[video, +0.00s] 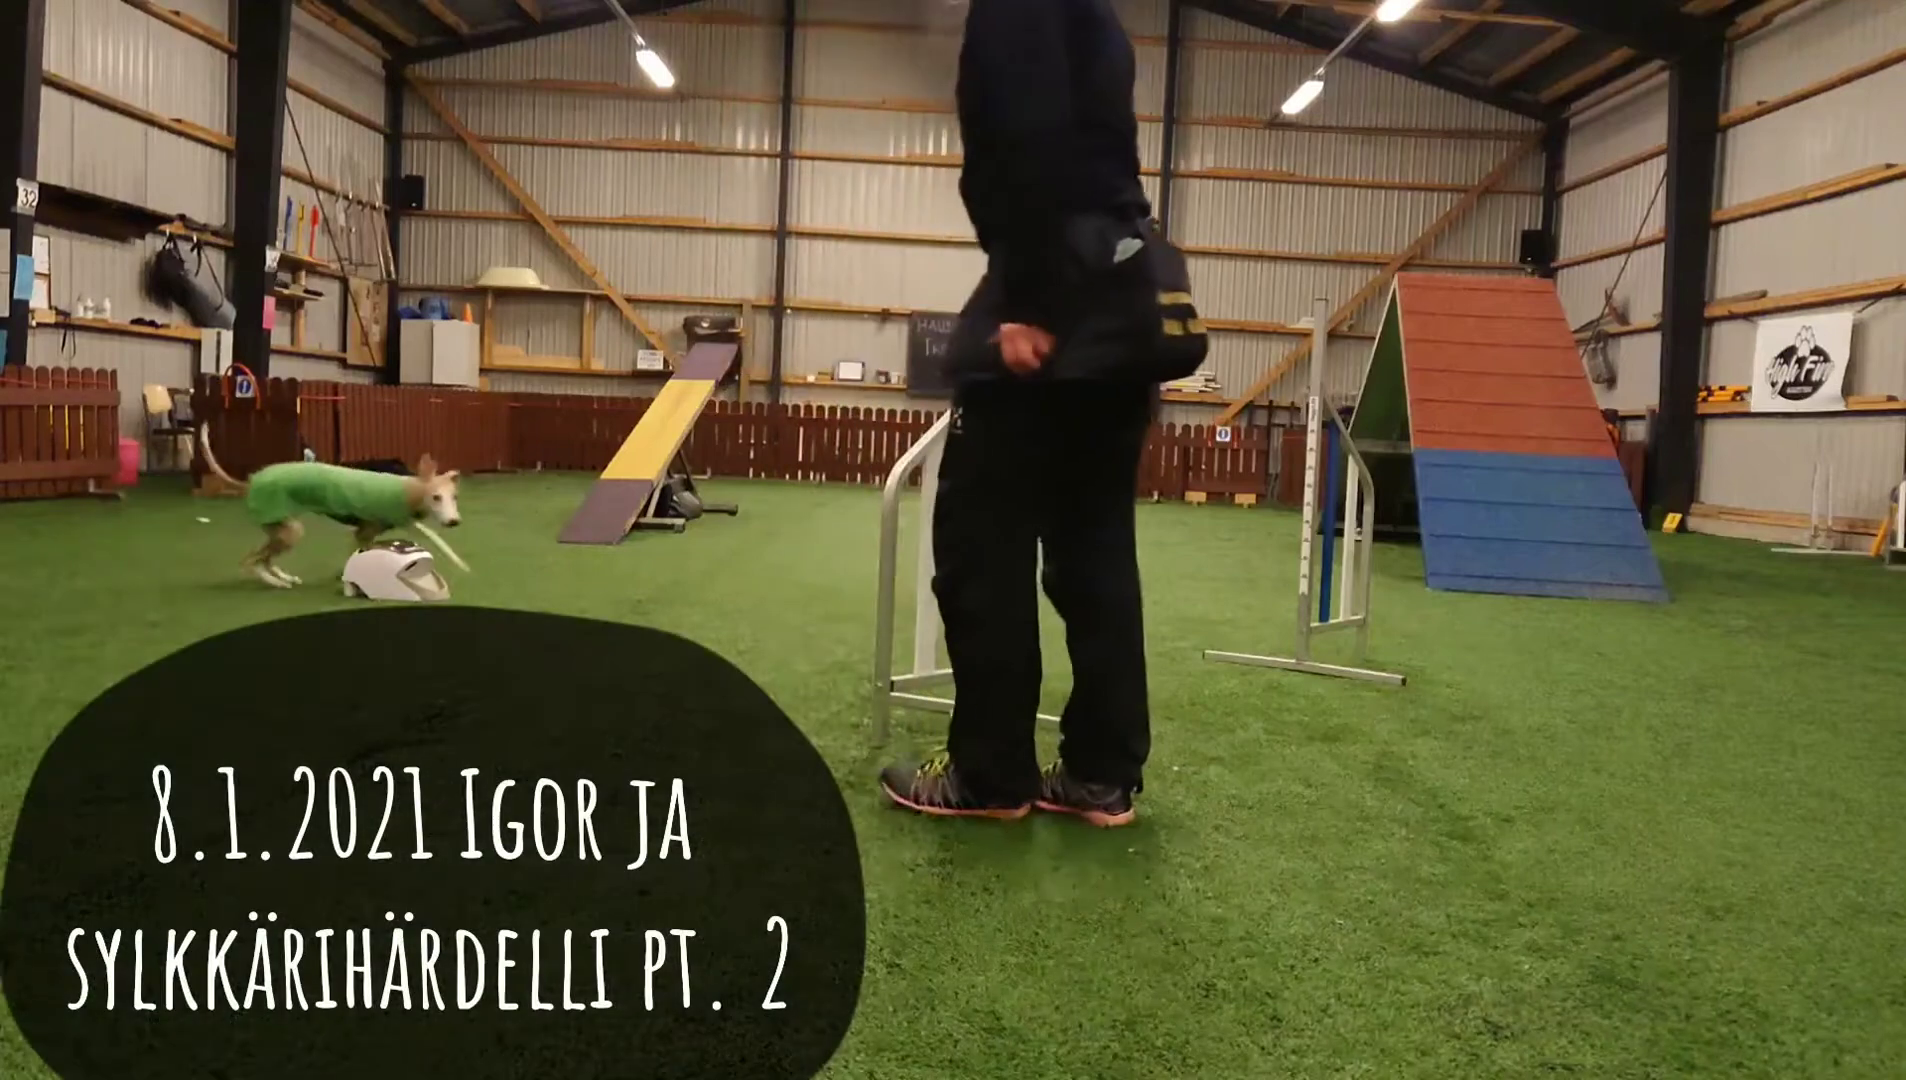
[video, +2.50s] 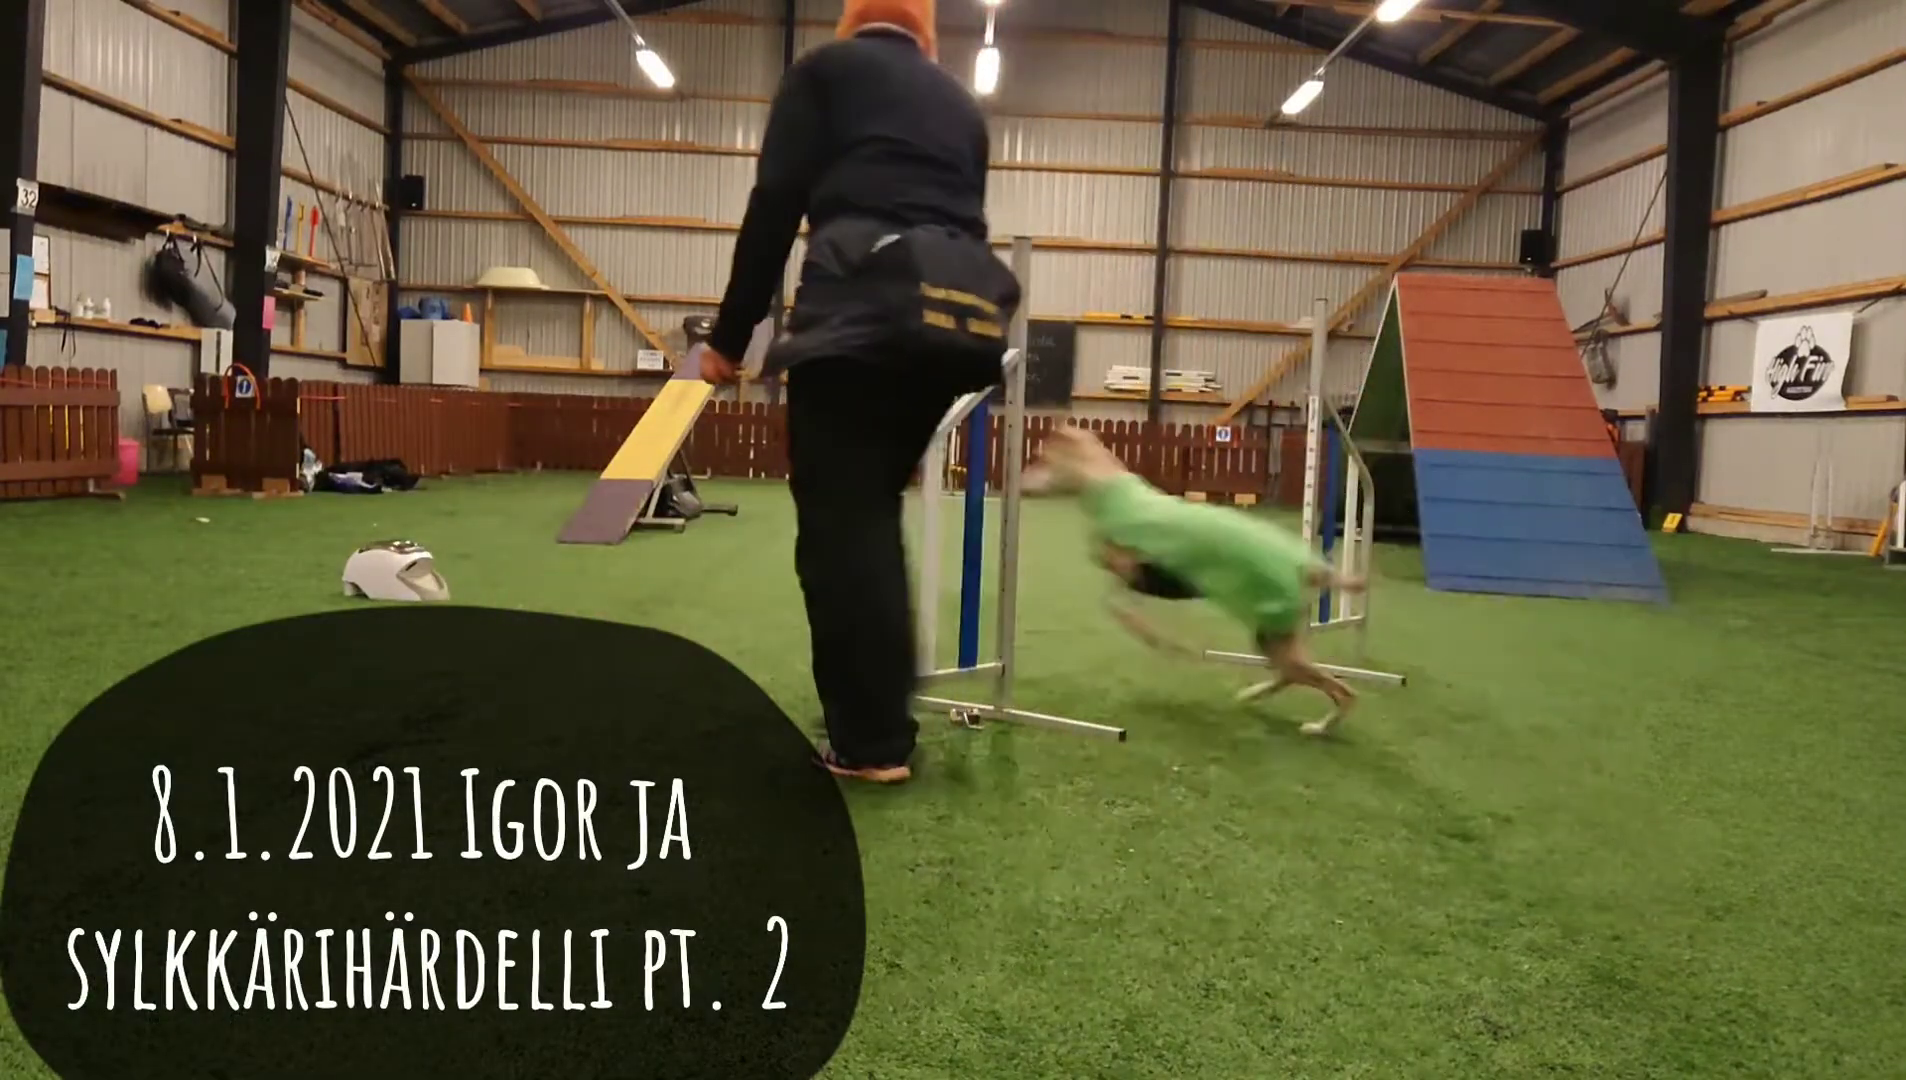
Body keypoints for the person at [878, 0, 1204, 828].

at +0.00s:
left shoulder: (1008, 13)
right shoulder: (1100, 27)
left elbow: (1025, 145)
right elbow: (1101, 164)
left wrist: (1024, 305)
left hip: (1034, 334)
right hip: (1118, 331)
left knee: (978, 552)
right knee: (1096, 553)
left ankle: (990, 774)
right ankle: (1104, 775)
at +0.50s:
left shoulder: (1013, 13)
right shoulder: (1120, 20)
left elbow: (1018, 139)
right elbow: (1121, 150)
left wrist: (1001, 305)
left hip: (1064, 325)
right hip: (1124, 319)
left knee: (1038, 576)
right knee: (1077, 560)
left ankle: (1099, 841)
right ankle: (1087, 780)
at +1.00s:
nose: (933, 97)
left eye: (931, 58)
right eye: (927, 82)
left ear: (942, 12)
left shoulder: (973, 17)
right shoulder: (1092, 40)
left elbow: (1020, 148)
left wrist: (1002, 339)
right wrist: (980, 374)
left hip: (1146, 302)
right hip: (1260, 291)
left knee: (1075, 569)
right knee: (1194, 557)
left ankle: (1094, 846)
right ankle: (1195, 807)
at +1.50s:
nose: (1034, 165)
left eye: (1031, 141)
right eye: (1028, 155)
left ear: (1047, 51)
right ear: (1120, 37)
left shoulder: (1058, 59)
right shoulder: (1199, 90)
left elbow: (1082, 165)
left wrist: (1056, 344)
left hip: (1218, 291)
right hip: (1348, 291)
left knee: (1157, 584)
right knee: (1304, 582)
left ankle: (1107, 842)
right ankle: (1272, 828)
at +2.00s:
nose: (994, 32)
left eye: (997, 25)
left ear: (1013, 27)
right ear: (1090, 33)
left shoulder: (990, 76)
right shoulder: (1132, 88)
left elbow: (971, 202)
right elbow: (1155, 218)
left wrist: (923, 354)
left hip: (1061, 337)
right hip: (1188, 336)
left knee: (976, 549)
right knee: (1209, 568)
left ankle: (898, 737)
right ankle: (1261, 808)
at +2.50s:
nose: (837, 31)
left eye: (839, 23)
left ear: (851, 25)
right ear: (925, 39)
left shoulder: (823, 68)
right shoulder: (962, 104)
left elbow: (775, 204)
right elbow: (963, 227)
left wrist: (729, 338)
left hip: (855, 315)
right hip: (963, 327)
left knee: (839, 522)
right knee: (870, 503)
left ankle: (873, 743)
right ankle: (884, 710)